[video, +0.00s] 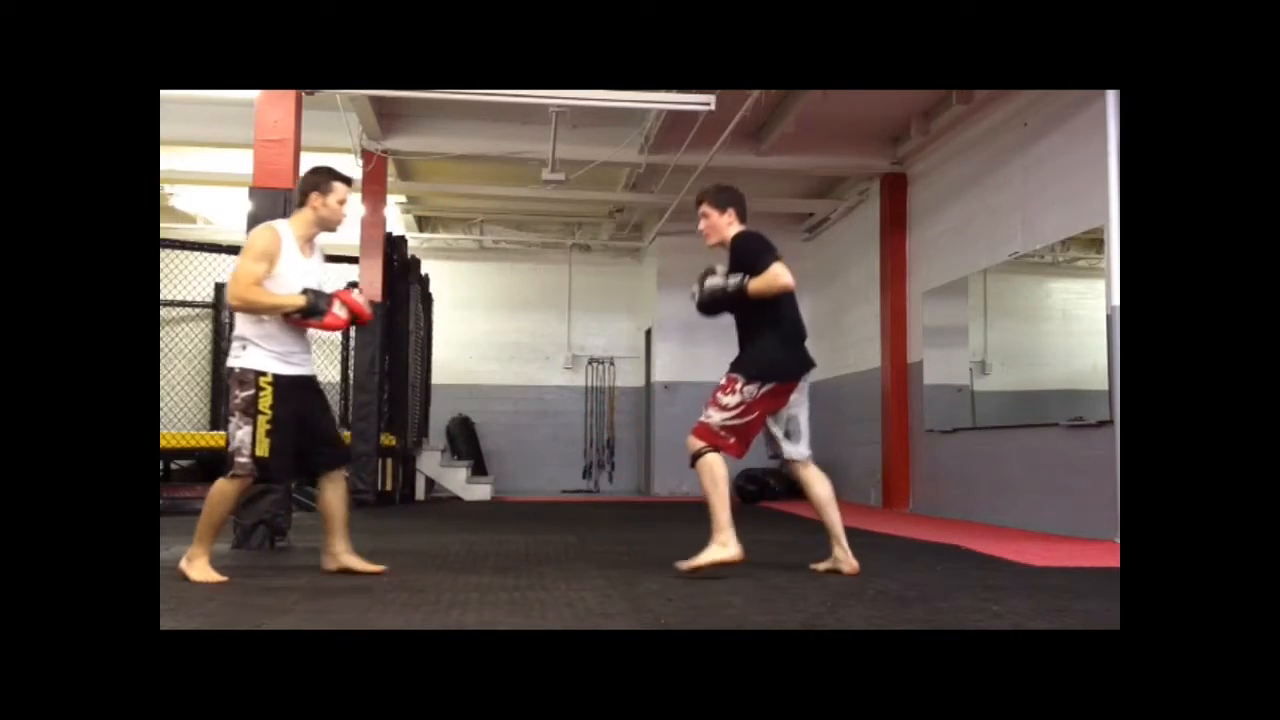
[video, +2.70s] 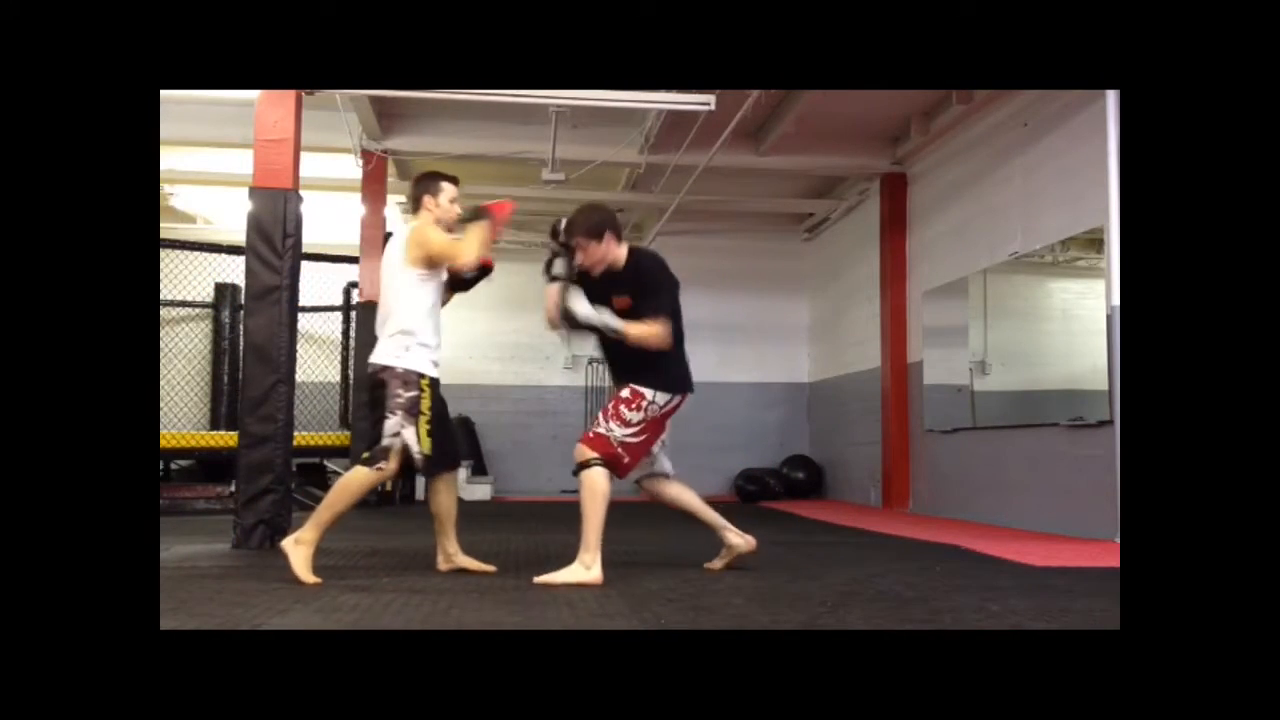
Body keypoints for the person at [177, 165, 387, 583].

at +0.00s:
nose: (345, 212)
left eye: (346, 204)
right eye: (341, 203)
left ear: (319, 203)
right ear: (315, 200)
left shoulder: (314, 252)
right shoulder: (267, 236)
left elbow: (295, 309)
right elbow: (239, 294)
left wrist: (336, 308)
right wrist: (305, 302)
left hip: (298, 372)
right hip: (256, 368)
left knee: (332, 461)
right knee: (246, 468)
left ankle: (337, 551)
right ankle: (196, 555)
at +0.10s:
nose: (331, 201)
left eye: (332, 194)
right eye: (327, 192)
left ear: (307, 194)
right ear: (300, 190)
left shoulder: (303, 245)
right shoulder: (260, 229)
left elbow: (286, 303)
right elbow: (224, 284)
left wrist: (326, 303)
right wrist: (288, 297)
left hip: (291, 365)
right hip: (249, 363)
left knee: (317, 456)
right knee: (240, 462)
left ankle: (299, 548)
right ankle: (195, 555)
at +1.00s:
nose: (352, 195)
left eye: (351, 187)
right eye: (345, 186)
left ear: (325, 191)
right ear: (319, 188)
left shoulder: (327, 243)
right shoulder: (285, 228)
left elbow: (319, 290)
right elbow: (250, 282)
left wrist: (343, 298)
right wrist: (308, 299)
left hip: (319, 366)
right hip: (279, 363)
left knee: (353, 454)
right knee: (274, 464)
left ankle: (353, 546)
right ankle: (243, 561)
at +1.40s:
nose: (414, 208)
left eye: (414, 200)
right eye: (408, 199)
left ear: (391, 202)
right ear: (382, 200)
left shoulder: (389, 255)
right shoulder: (345, 236)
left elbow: (377, 302)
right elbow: (304, 282)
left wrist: (395, 308)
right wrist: (364, 304)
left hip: (367, 366)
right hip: (328, 361)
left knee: (390, 458)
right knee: (327, 456)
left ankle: (392, 554)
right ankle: (264, 547)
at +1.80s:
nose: (415, 204)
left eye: (415, 196)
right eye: (410, 196)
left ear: (392, 198)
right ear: (385, 196)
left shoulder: (392, 248)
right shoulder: (349, 232)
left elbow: (394, 299)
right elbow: (339, 278)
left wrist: (425, 285)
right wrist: (391, 269)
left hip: (374, 366)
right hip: (336, 363)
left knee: (393, 462)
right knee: (326, 465)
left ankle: (393, 554)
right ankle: (287, 561)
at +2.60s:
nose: (443, 204)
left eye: (442, 197)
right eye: (436, 196)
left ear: (419, 200)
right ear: (412, 198)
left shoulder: (421, 246)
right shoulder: (384, 237)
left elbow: (445, 290)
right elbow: (406, 280)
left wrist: (469, 265)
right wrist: (436, 236)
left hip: (418, 370)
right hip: (386, 367)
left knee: (449, 459)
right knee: (375, 462)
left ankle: (450, 551)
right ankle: (298, 545)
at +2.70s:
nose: (459, 209)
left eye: (458, 201)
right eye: (452, 200)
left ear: (426, 204)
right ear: (428, 202)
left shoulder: (414, 240)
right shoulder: (422, 233)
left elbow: (428, 300)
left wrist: (465, 277)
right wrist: (482, 223)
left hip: (415, 365)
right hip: (403, 364)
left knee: (442, 460)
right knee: (386, 460)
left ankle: (449, 551)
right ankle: (303, 540)